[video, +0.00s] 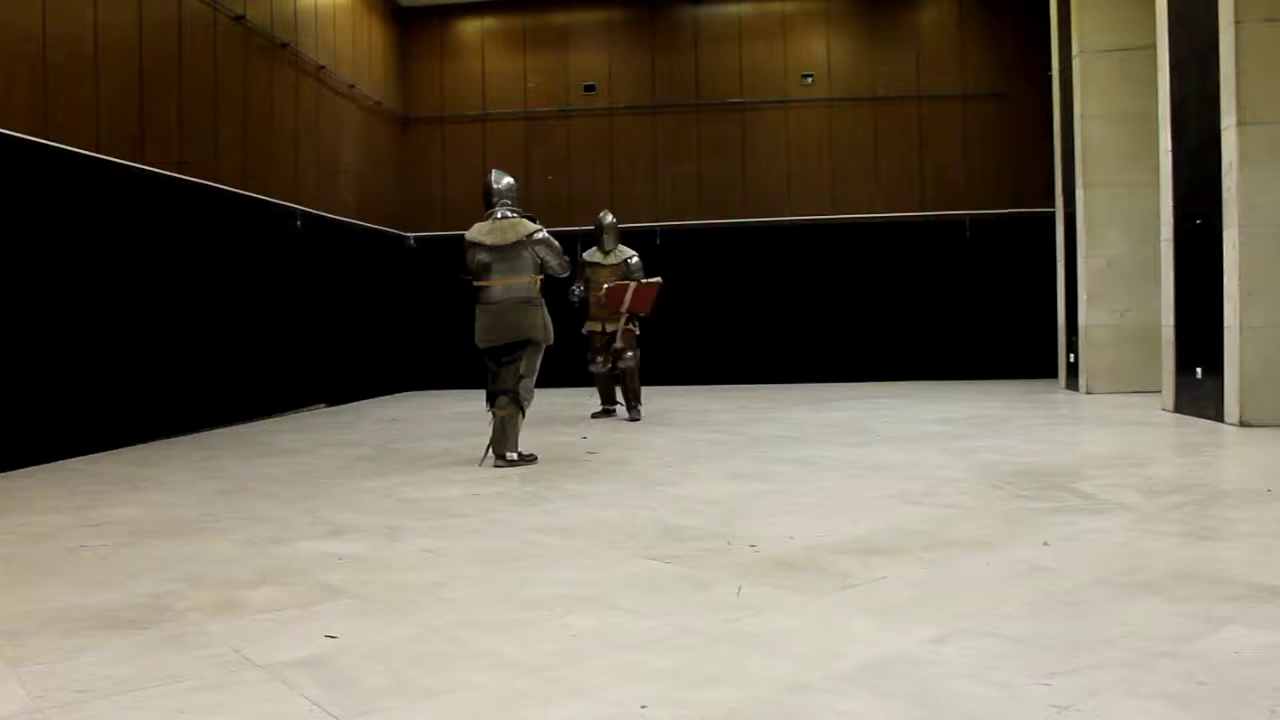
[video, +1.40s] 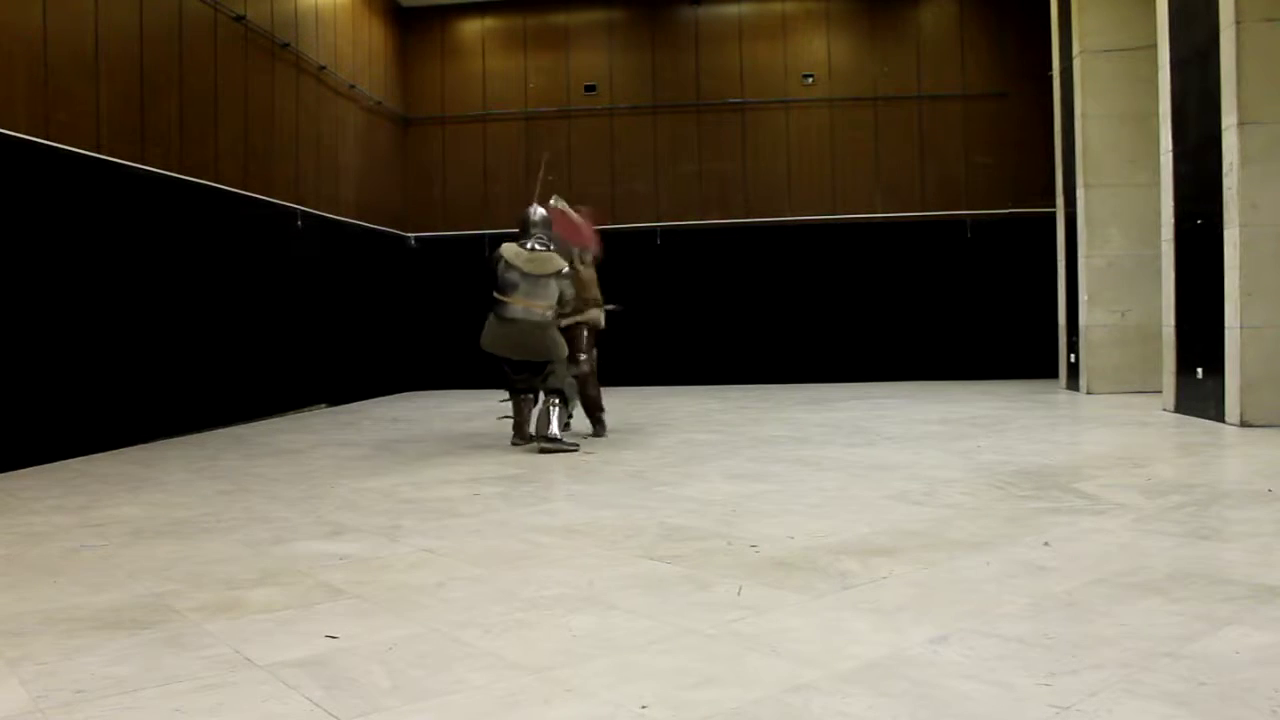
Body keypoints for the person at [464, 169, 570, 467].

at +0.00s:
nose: (515, 199)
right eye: (515, 194)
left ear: (488, 199)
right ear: (515, 197)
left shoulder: (475, 236)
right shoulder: (530, 232)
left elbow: (473, 270)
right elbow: (561, 268)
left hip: (490, 317)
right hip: (528, 315)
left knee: (501, 378)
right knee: (521, 381)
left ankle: (502, 446)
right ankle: (507, 450)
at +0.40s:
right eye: (522, 194)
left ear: (496, 199)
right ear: (523, 197)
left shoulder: (482, 235)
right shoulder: (538, 233)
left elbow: (479, 269)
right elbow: (565, 270)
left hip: (493, 316)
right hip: (531, 315)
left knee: (506, 381)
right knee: (520, 384)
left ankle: (509, 443)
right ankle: (505, 449)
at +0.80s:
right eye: (530, 201)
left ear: (505, 204)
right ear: (532, 203)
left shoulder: (490, 238)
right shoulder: (542, 237)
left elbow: (488, 272)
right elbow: (571, 270)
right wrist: (559, 292)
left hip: (502, 316)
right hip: (538, 315)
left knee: (512, 375)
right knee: (550, 375)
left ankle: (515, 440)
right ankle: (534, 432)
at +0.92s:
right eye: (538, 204)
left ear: (512, 206)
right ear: (539, 205)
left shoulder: (496, 238)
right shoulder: (546, 238)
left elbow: (496, 269)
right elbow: (576, 266)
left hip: (505, 318)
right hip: (541, 318)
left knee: (517, 372)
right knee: (559, 376)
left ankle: (515, 434)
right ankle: (554, 438)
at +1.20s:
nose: (546, 230)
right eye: (547, 226)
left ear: (522, 225)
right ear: (548, 228)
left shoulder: (503, 251)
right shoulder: (549, 261)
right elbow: (570, 298)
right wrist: (584, 275)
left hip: (497, 334)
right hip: (532, 335)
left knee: (520, 378)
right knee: (559, 380)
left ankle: (521, 431)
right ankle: (555, 434)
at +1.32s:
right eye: (549, 233)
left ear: (524, 231)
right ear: (549, 234)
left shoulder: (504, 257)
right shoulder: (554, 268)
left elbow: (499, 282)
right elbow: (567, 306)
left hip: (499, 338)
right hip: (535, 341)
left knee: (522, 376)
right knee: (558, 377)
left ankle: (521, 430)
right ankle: (553, 430)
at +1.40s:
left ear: (523, 228)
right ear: (549, 229)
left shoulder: (505, 255)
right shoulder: (558, 266)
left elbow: (498, 286)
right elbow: (568, 301)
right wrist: (550, 312)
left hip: (504, 333)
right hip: (541, 335)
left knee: (519, 375)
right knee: (557, 373)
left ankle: (521, 429)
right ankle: (552, 429)